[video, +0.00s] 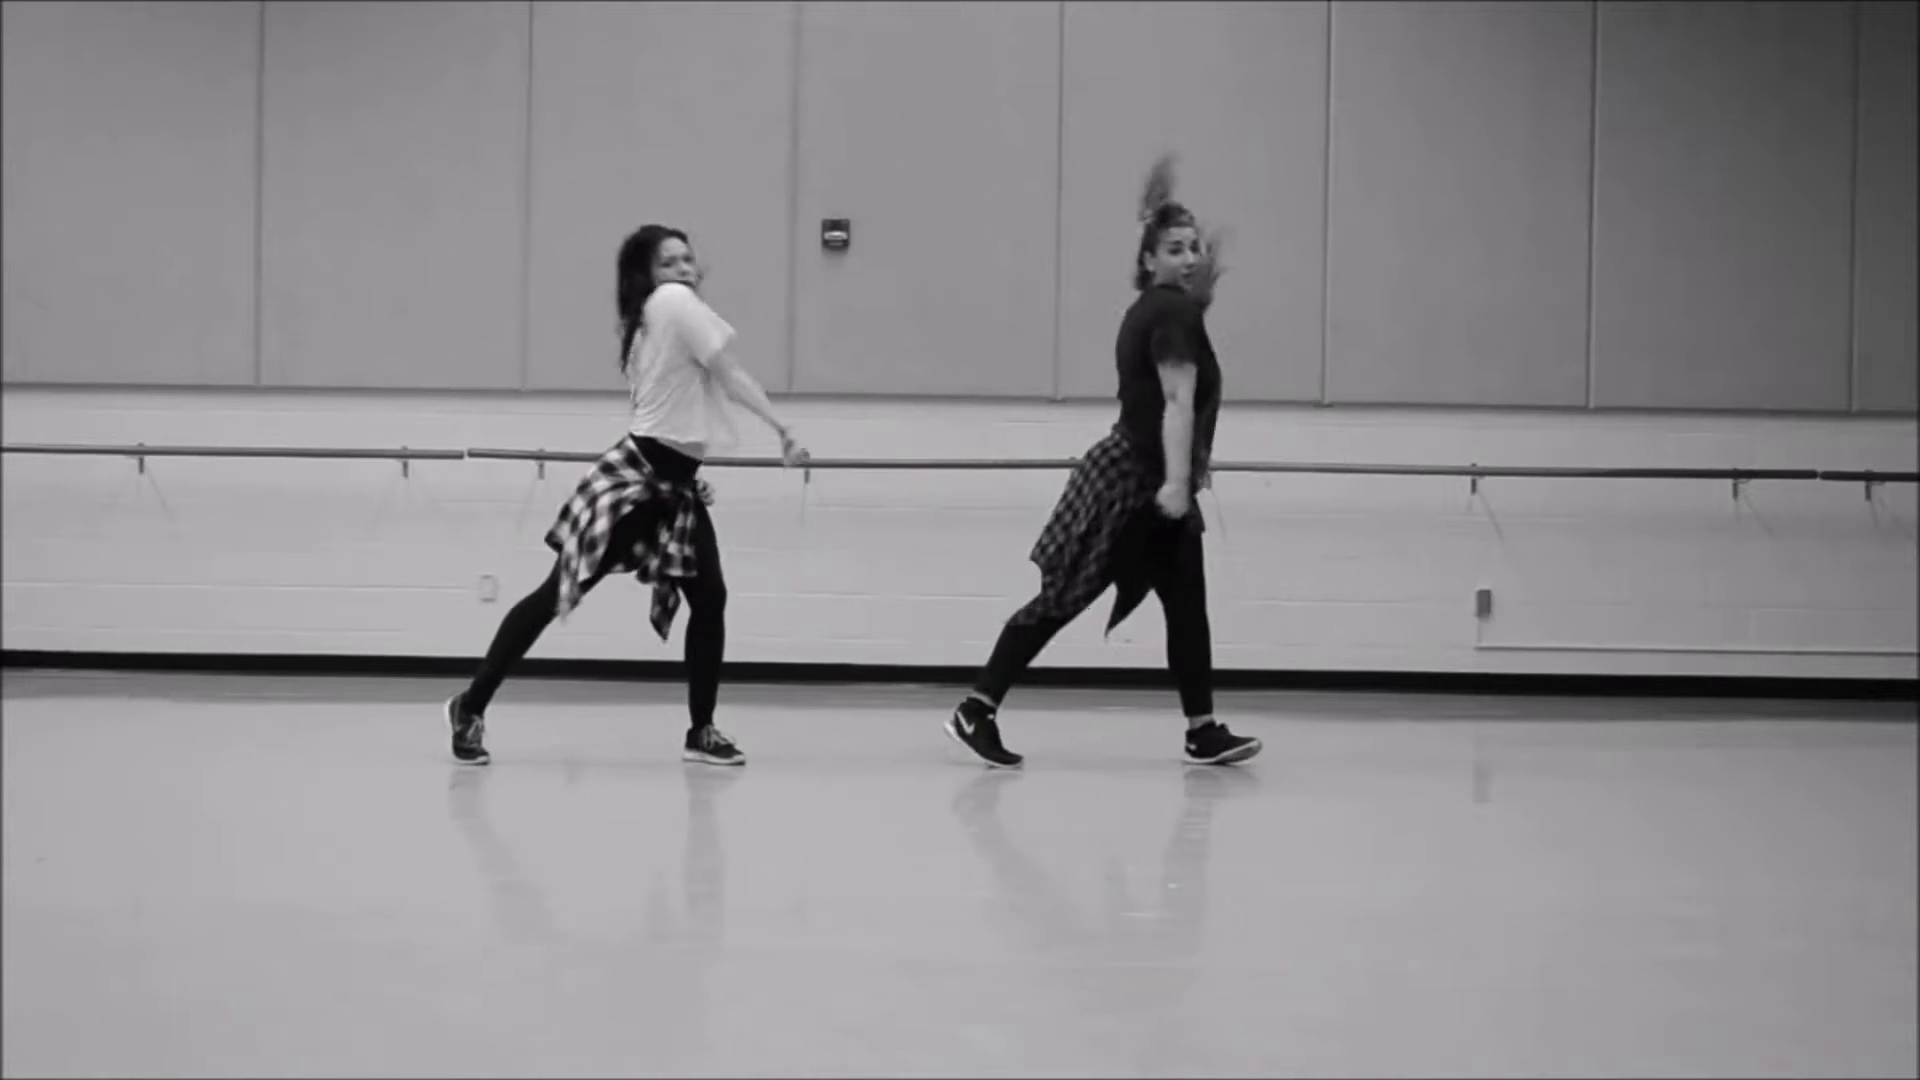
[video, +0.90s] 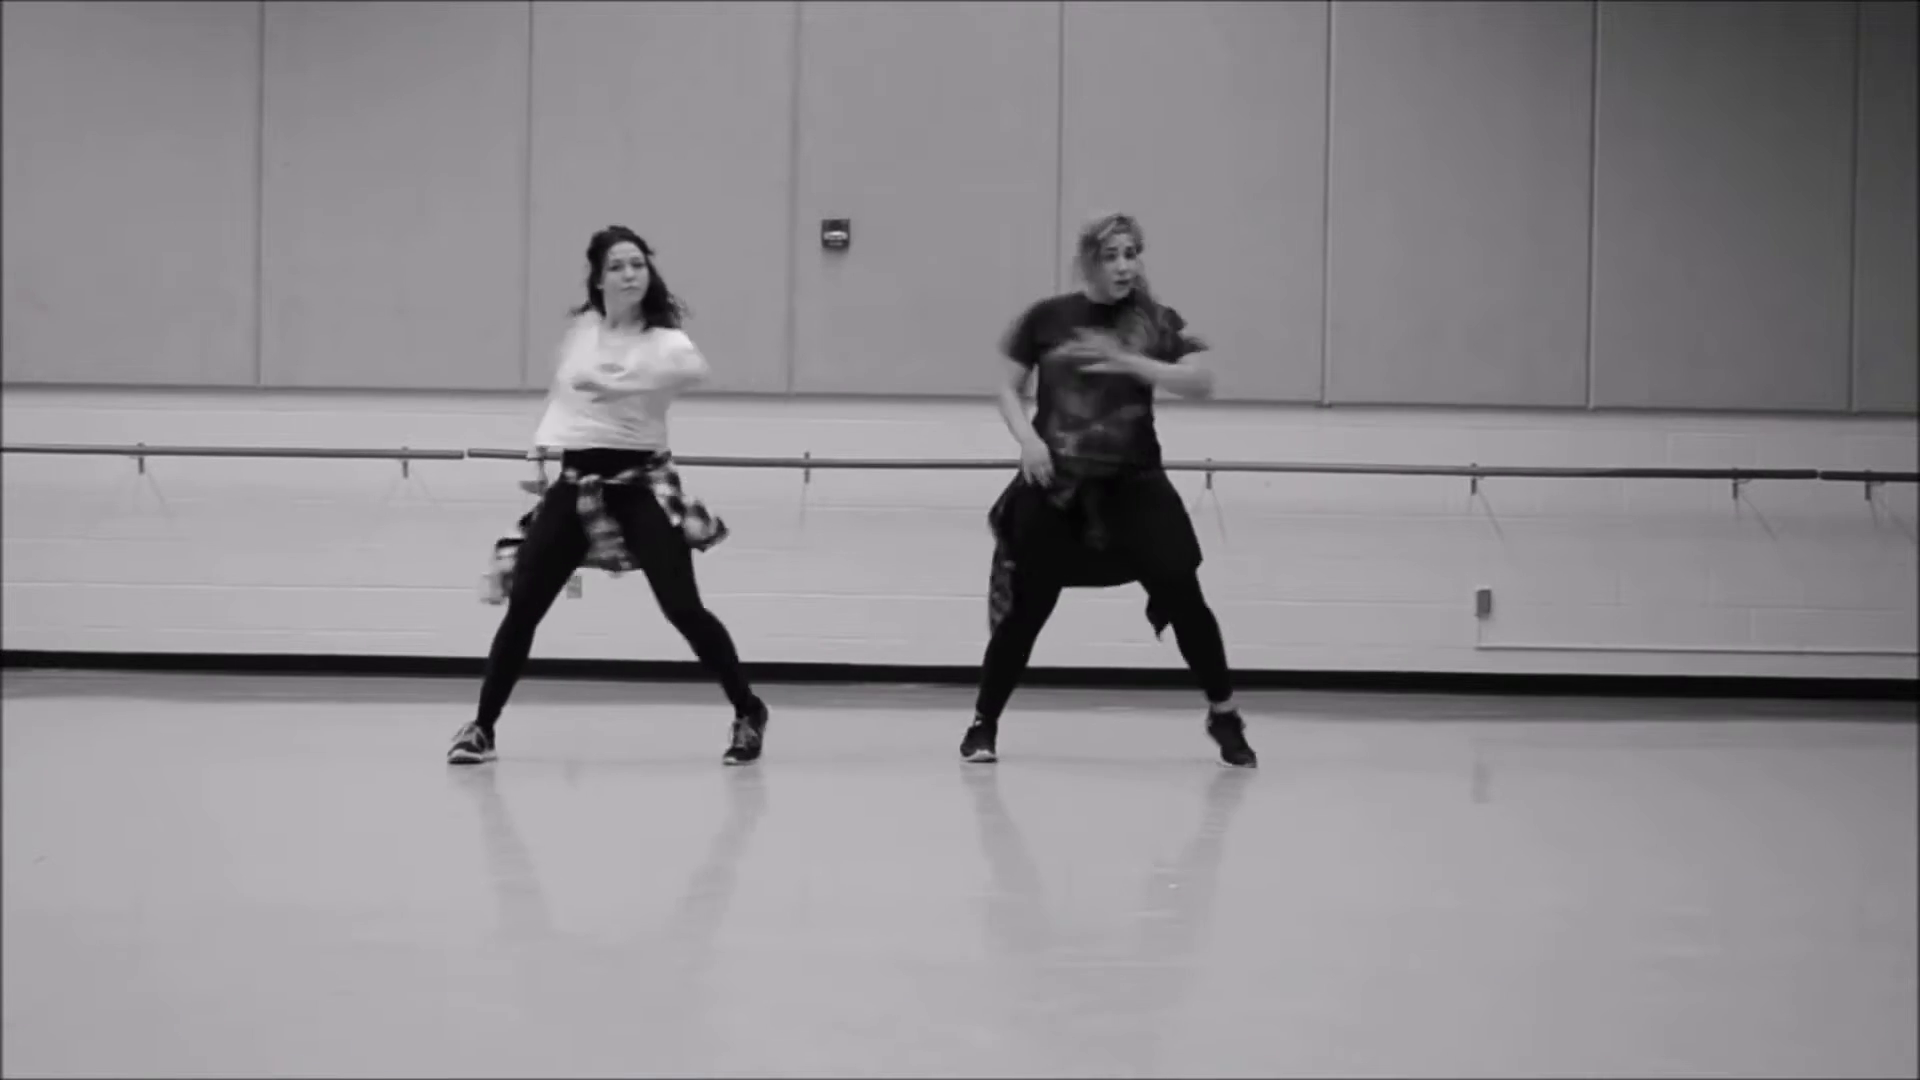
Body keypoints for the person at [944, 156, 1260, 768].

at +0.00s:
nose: (1191, 256)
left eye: (1194, 247)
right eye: (1177, 248)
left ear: (1194, 256)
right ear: (1153, 259)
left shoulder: (1158, 310)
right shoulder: (1170, 312)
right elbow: (1177, 400)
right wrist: (1177, 480)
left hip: (1160, 483)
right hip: (1136, 481)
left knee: (1187, 610)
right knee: (1067, 594)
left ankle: (1202, 729)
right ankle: (978, 707)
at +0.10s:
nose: (1179, 255)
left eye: (1184, 246)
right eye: (1166, 247)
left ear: (1191, 252)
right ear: (1140, 255)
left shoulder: (1145, 307)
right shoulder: (1160, 306)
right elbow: (1183, 387)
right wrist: (1199, 466)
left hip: (1159, 478)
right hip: (1134, 475)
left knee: (1187, 607)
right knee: (1075, 593)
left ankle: (1202, 728)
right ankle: (983, 704)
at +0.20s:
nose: (1172, 254)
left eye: (1178, 245)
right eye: (1160, 246)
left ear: (1185, 252)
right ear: (1136, 254)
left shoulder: (1149, 304)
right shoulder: (1148, 303)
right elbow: (1185, 380)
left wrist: (1185, 458)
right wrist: (1212, 453)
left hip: (1161, 474)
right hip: (1137, 475)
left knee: (1188, 605)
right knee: (1080, 590)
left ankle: (1201, 729)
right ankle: (988, 703)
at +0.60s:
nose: (1161, 257)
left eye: (1168, 246)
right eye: (1147, 249)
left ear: (1176, 252)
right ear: (1124, 257)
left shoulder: (1168, 308)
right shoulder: (1118, 302)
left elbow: (1164, 394)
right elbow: (1139, 386)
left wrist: (1189, 448)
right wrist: (1192, 441)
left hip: (1156, 477)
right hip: (1102, 476)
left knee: (1175, 600)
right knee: (1067, 600)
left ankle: (1200, 728)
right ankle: (988, 703)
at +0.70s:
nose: (1155, 259)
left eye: (1162, 249)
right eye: (1143, 251)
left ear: (1172, 255)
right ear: (1122, 260)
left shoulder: (1165, 316)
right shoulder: (1105, 311)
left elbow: (1162, 407)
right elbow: (1083, 397)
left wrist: (1220, 420)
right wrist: (1118, 464)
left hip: (1150, 471)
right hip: (1087, 469)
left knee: (1174, 601)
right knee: (1051, 606)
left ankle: (1201, 729)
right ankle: (987, 720)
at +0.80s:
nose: (1143, 260)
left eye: (1151, 249)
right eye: (1130, 250)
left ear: (1161, 257)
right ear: (1108, 259)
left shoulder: (1155, 316)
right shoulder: (1075, 308)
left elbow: (1184, 386)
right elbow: (1013, 378)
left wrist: (1199, 375)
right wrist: (1042, 448)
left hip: (1143, 488)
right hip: (1068, 485)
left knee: (1181, 609)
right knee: (1028, 612)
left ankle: (1211, 725)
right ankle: (984, 723)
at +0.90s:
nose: (1125, 265)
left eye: (1132, 254)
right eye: (1112, 255)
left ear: (1142, 261)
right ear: (1089, 262)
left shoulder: (1152, 321)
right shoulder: (1048, 320)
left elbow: (1201, 379)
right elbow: (1008, 389)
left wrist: (1127, 361)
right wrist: (1027, 439)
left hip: (1134, 488)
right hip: (1055, 489)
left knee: (1184, 600)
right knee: (1027, 611)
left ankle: (1225, 715)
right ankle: (985, 723)